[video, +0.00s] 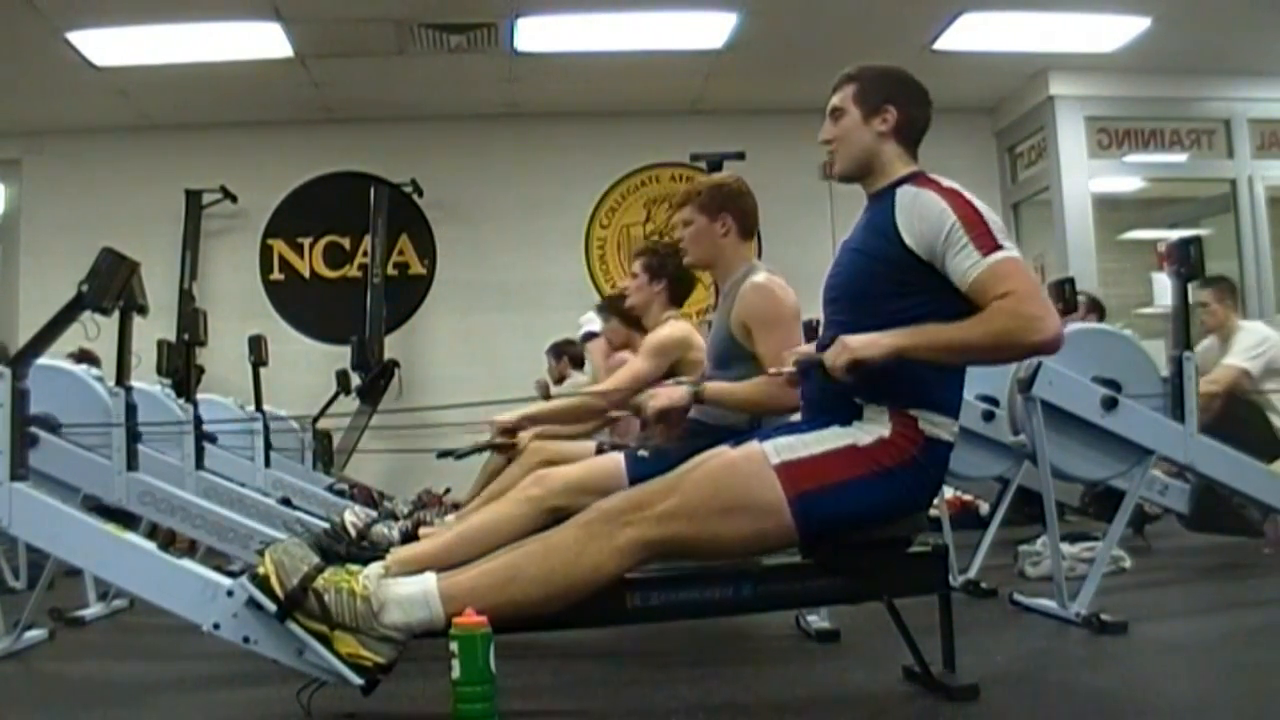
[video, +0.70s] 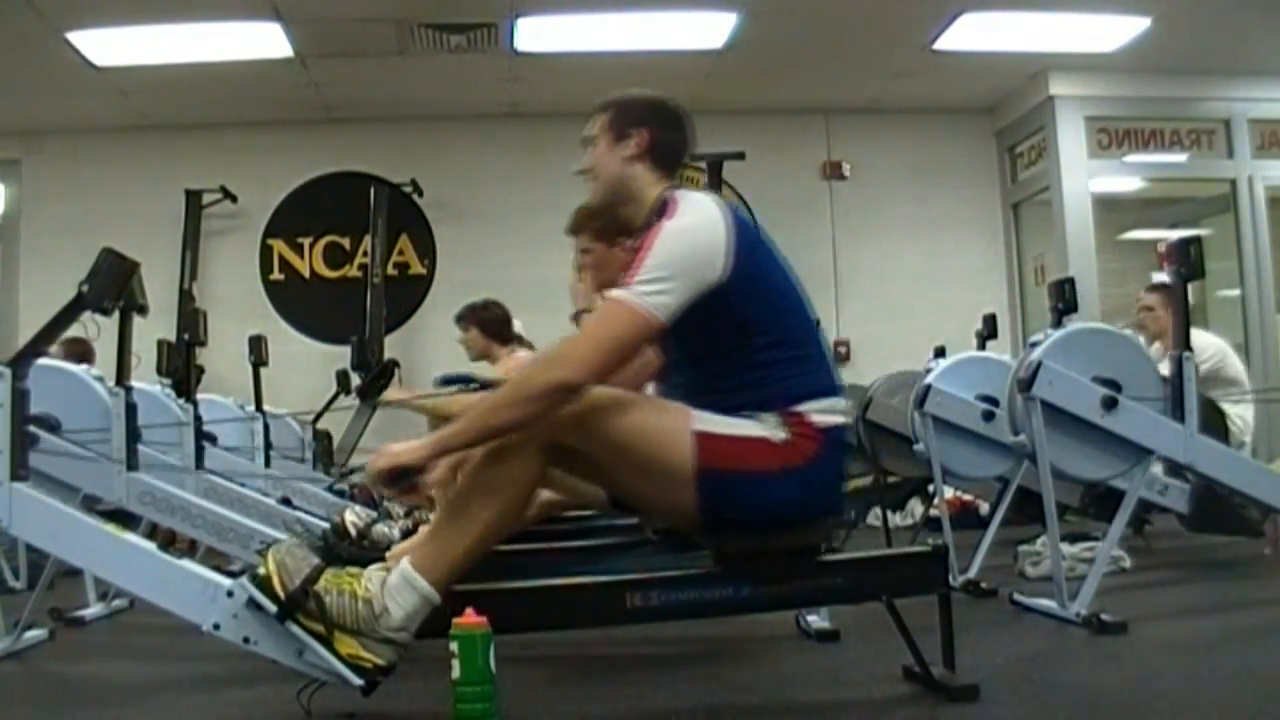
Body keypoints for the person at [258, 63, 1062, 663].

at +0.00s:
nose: (822, 135)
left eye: (834, 118)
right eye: (825, 120)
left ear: (883, 122)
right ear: (872, 126)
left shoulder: (926, 196)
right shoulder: (880, 222)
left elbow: (1032, 321)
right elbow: (823, 374)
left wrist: (880, 344)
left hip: (889, 443)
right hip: (847, 432)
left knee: (644, 521)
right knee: (628, 510)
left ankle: (399, 609)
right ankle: (399, 600)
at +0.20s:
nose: (796, 136)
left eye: (808, 118)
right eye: (798, 122)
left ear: (853, 120)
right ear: (851, 127)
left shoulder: (902, 205)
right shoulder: (857, 221)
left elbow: (949, 366)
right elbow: (845, 369)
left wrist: (791, 377)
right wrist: (739, 397)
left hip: (885, 442)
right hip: (839, 434)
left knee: (638, 517)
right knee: (606, 501)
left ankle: (398, 611)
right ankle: (394, 597)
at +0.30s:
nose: (770, 137)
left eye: (781, 120)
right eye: (772, 123)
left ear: (828, 122)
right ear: (828, 128)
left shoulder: (879, 204)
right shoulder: (836, 222)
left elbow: (873, 378)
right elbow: (827, 377)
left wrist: (714, 396)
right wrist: (704, 395)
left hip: (880, 444)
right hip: (840, 438)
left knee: (627, 506)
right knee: (604, 497)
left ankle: (397, 608)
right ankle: (392, 601)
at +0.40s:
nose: (736, 145)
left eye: (747, 126)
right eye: (738, 130)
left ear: (793, 125)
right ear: (790, 130)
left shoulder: (843, 204)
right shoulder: (805, 221)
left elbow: (797, 373)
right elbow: (765, 369)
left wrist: (638, 407)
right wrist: (644, 399)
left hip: (871, 444)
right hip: (823, 437)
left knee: (618, 484)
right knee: (601, 469)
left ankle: (398, 613)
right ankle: (389, 589)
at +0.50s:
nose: (692, 145)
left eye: (703, 126)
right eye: (694, 130)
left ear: (748, 127)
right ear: (748, 131)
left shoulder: (800, 208)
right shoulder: (761, 228)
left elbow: (717, 365)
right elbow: (702, 366)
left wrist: (568, 419)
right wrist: (564, 416)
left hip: (856, 448)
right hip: (808, 442)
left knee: (591, 458)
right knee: (573, 459)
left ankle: (398, 614)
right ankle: (386, 588)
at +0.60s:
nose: (637, 157)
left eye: (648, 138)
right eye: (641, 142)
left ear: (694, 138)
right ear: (697, 142)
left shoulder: (750, 215)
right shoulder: (713, 233)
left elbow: (638, 369)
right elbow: (649, 377)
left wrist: (488, 437)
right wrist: (499, 440)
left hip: (827, 449)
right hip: (774, 445)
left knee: (571, 442)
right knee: (552, 458)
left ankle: (395, 609)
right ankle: (385, 588)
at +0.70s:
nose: (582, 163)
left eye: (593, 143)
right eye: (586, 146)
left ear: (637, 147)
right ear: (639, 149)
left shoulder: (696, 224)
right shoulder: (673, 231)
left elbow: (563, 373)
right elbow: (584, 379)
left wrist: (428, 443)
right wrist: (456, 452)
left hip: (788, 455)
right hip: (748, 448)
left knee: (551, 408)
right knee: (536, 428)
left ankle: (391, 604)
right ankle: (388, 597)